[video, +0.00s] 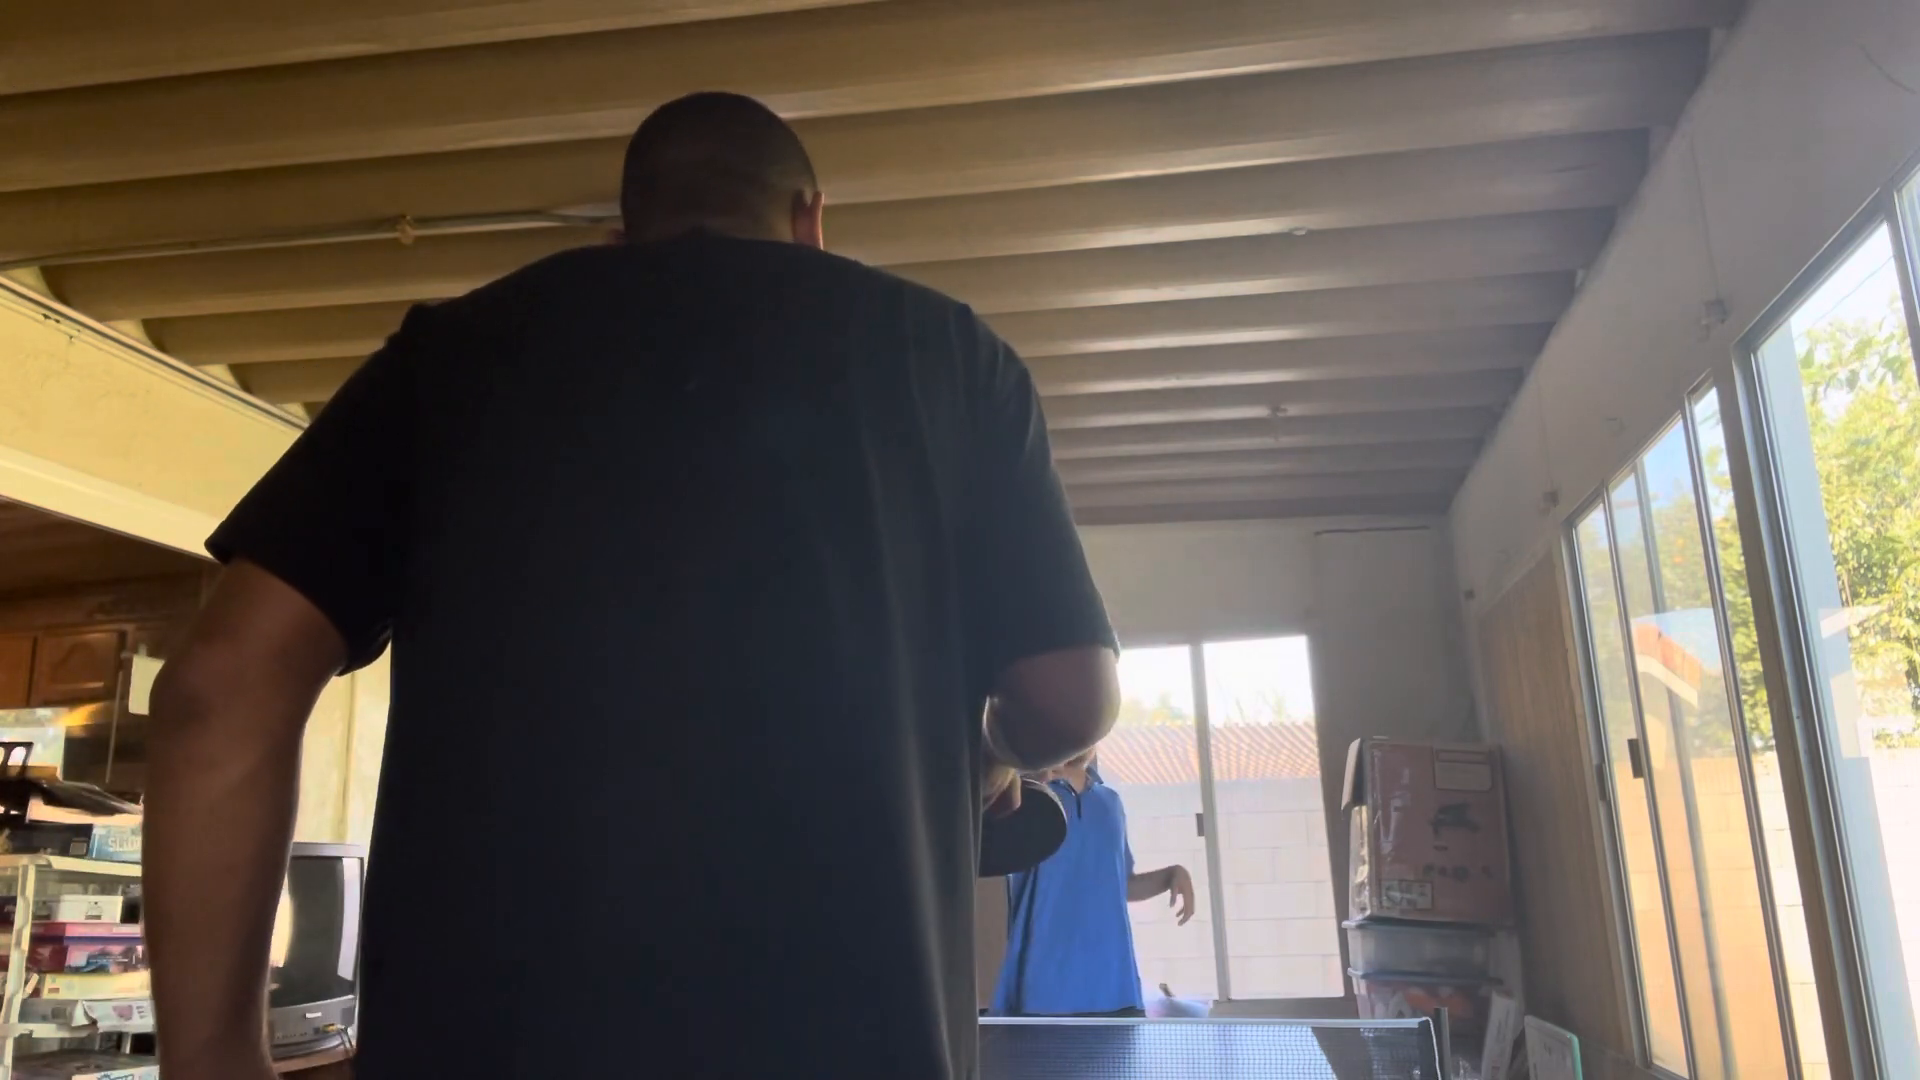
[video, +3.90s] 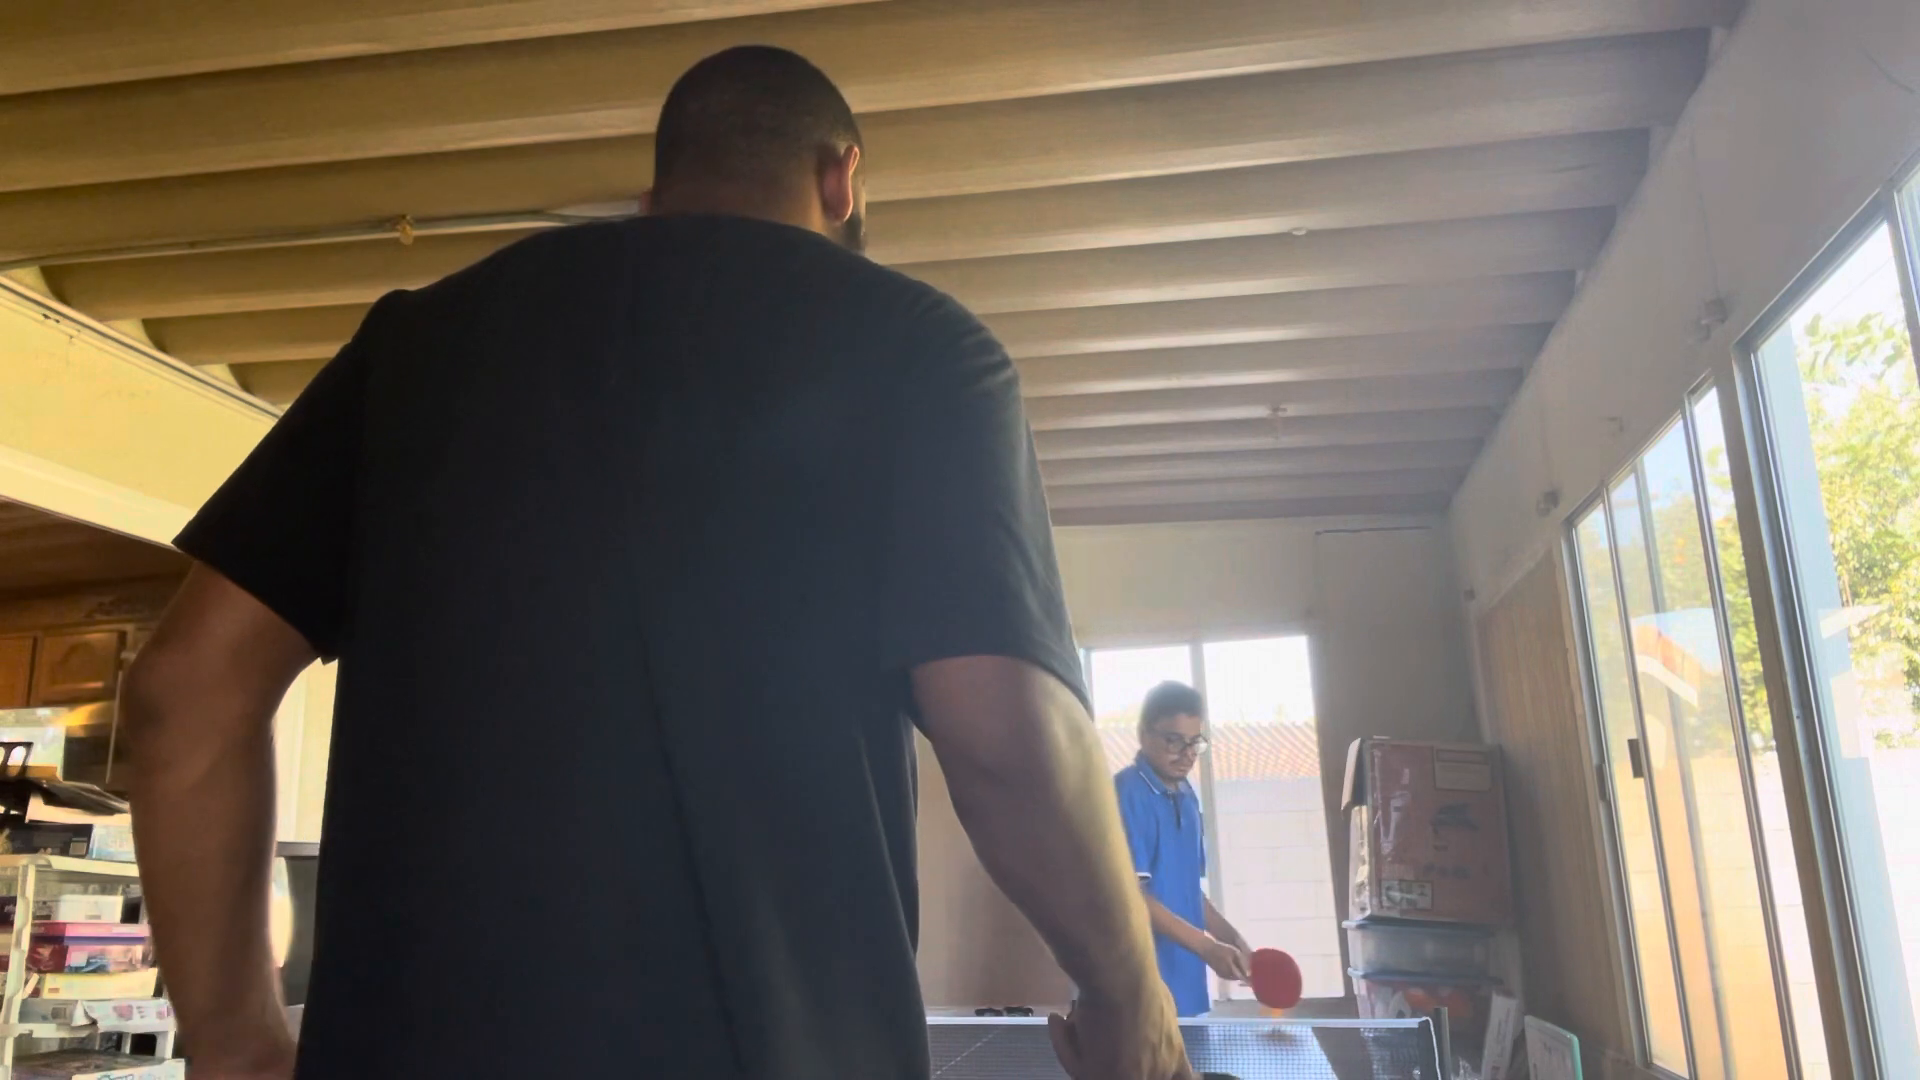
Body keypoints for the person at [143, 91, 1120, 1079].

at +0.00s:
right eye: (818, 218)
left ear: (618, 219)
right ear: (810, 216)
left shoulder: (457, 348)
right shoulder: (941, 347)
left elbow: (222, 684)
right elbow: (1069, 700)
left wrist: (214, 1058)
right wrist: (990, 747)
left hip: (488, 1036)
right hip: (846, 1039)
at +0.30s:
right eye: (801, 225)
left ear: (595, 227)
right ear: (789, 230)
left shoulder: (439, 348)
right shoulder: (929, 365)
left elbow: (208, 666)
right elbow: (1016, 733)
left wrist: (188, 1051)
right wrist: (854, 834)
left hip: (472, 1028)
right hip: (840, 1032)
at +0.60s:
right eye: (744, 250)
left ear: (543, 239)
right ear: (737, 249)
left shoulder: (395, 323)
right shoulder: (860, 376)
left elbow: (124, 638)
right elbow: (856, 723)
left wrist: (111, 1034)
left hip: (418, 1030)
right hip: (796, 1041)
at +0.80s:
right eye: (720, 242)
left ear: (515, 232)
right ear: (712, 242)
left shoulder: (359, 321)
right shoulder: (837, 374)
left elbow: (78, 643)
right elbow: (845, 740)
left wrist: (50, 1035)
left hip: (379, 1032)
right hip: (757, 1042)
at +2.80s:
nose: (796, 240)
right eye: (793, 218)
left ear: (583, 204)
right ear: (773, 209)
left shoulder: (386, 342)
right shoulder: (881, 347)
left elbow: (139, 697)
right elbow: (1005, 723)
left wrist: (126, 1057)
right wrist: (951, 819)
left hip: (405, 1037)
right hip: (773, 1039)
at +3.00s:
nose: (830, 254)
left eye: (829, 237)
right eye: (831, 231)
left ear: (621, 199)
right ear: (794, 205)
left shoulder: (389, 333)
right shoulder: (870, 342)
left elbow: (145, 677)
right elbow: (982, 695)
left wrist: (130, 1049)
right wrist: (1039, 926)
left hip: (381, 1037)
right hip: (751, 1038)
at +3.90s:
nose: (857, 222)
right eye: (864, 200)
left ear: (657, 175)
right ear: (840, 179)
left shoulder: (423, 330)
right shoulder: (906, 340)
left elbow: (183, 694)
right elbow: (997, 722)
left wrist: (232, 1039)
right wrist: (1126, 999)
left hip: (415, 1043)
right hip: (778, 1043)